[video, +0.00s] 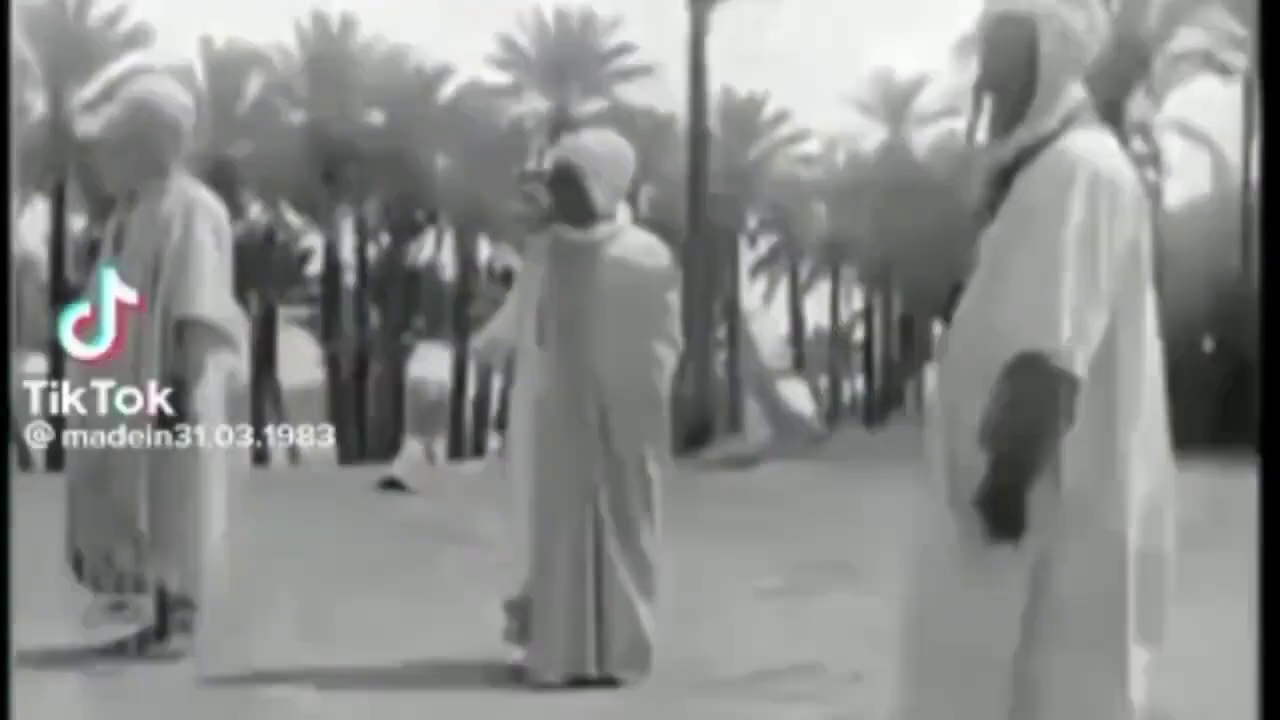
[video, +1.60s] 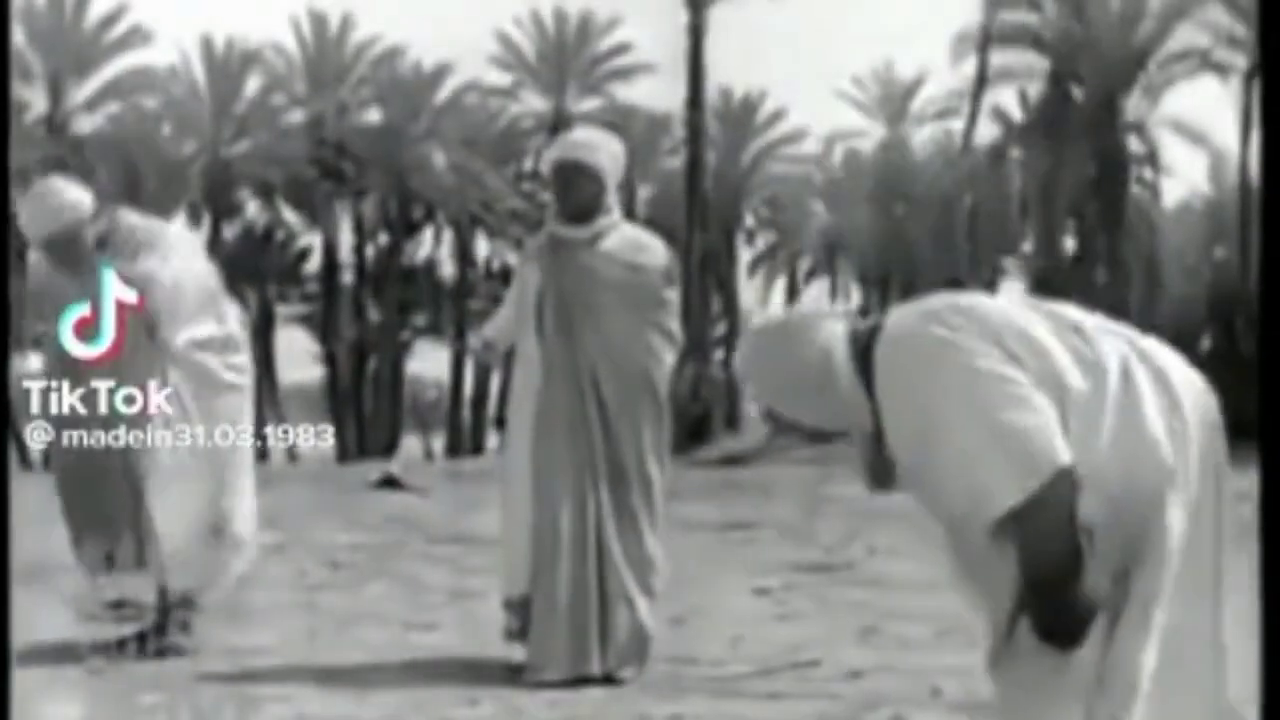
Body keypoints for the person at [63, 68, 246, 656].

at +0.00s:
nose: (103, 162)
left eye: (111, 147)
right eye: (103, 148)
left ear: (148, 145)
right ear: (132, 149)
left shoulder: (192, 210)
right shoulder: (126, 211)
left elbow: (200, 309)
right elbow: (110, 296)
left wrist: (187, 384)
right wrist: (97, 367)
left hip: (175, 376)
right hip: (128, 375)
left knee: (176, 494)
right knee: (137, 490)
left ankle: (177, 615)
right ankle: (148, 606)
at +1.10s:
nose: (107, 153)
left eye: (113, 140)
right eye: (106, 141)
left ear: (146, 137)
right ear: (128, 139)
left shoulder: (193, 204)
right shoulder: (121, 208)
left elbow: (195, 304)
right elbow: (102, 281)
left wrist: (151, 353)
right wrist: (94, 325)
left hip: (189, 362)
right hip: (134, 361)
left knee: (184, 474)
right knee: (138, 472)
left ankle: (179, 600)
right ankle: (153, 592)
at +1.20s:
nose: (95, 163)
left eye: (102, 150)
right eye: (93, 151)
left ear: (133, 147)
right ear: (111, 153)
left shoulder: (186, 205)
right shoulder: (116, 213)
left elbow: (200, 291)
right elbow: (77, 272)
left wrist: (136, 289)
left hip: (192, 358)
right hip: (136, 360)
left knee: (183, 468)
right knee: (143, 468)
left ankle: (182, 595)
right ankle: (159, 593)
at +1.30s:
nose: (85, 186)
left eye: (90, 172)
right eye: (79, 174)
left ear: (118, 166)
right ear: (84, 175)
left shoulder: (182, 208)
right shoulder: (102, 222)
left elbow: (193, 281)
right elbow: (52, 276)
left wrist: (133, 227)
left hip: (193, 368)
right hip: (135, 368)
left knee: (185, 478)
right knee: (149, 476)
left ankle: (183, 602)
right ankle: (164, 599)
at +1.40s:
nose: (67, 215)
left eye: (73, 202)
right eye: (61, 204)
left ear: (100, 193)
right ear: (61, 201)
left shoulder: (160, 237)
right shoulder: (64, 252)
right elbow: (40, 332)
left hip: (191, 373)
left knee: (168, 482)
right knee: (151, 480)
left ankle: (178, 605)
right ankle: (166, 603)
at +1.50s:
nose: (65, 239)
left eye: (68, 226)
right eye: (59, 228)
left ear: (90, 214)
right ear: (67, 219)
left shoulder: (165, 254)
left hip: (202, 376)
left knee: (174, 487)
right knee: (162, 484)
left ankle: (177, 614)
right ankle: (167, 609)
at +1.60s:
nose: (61, 259)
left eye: (67, 244)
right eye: (48, 249)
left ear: (93, 226)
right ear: (37, 244)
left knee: (178, 495)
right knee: (159, 494)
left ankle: (176, 614)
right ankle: (160, 612)